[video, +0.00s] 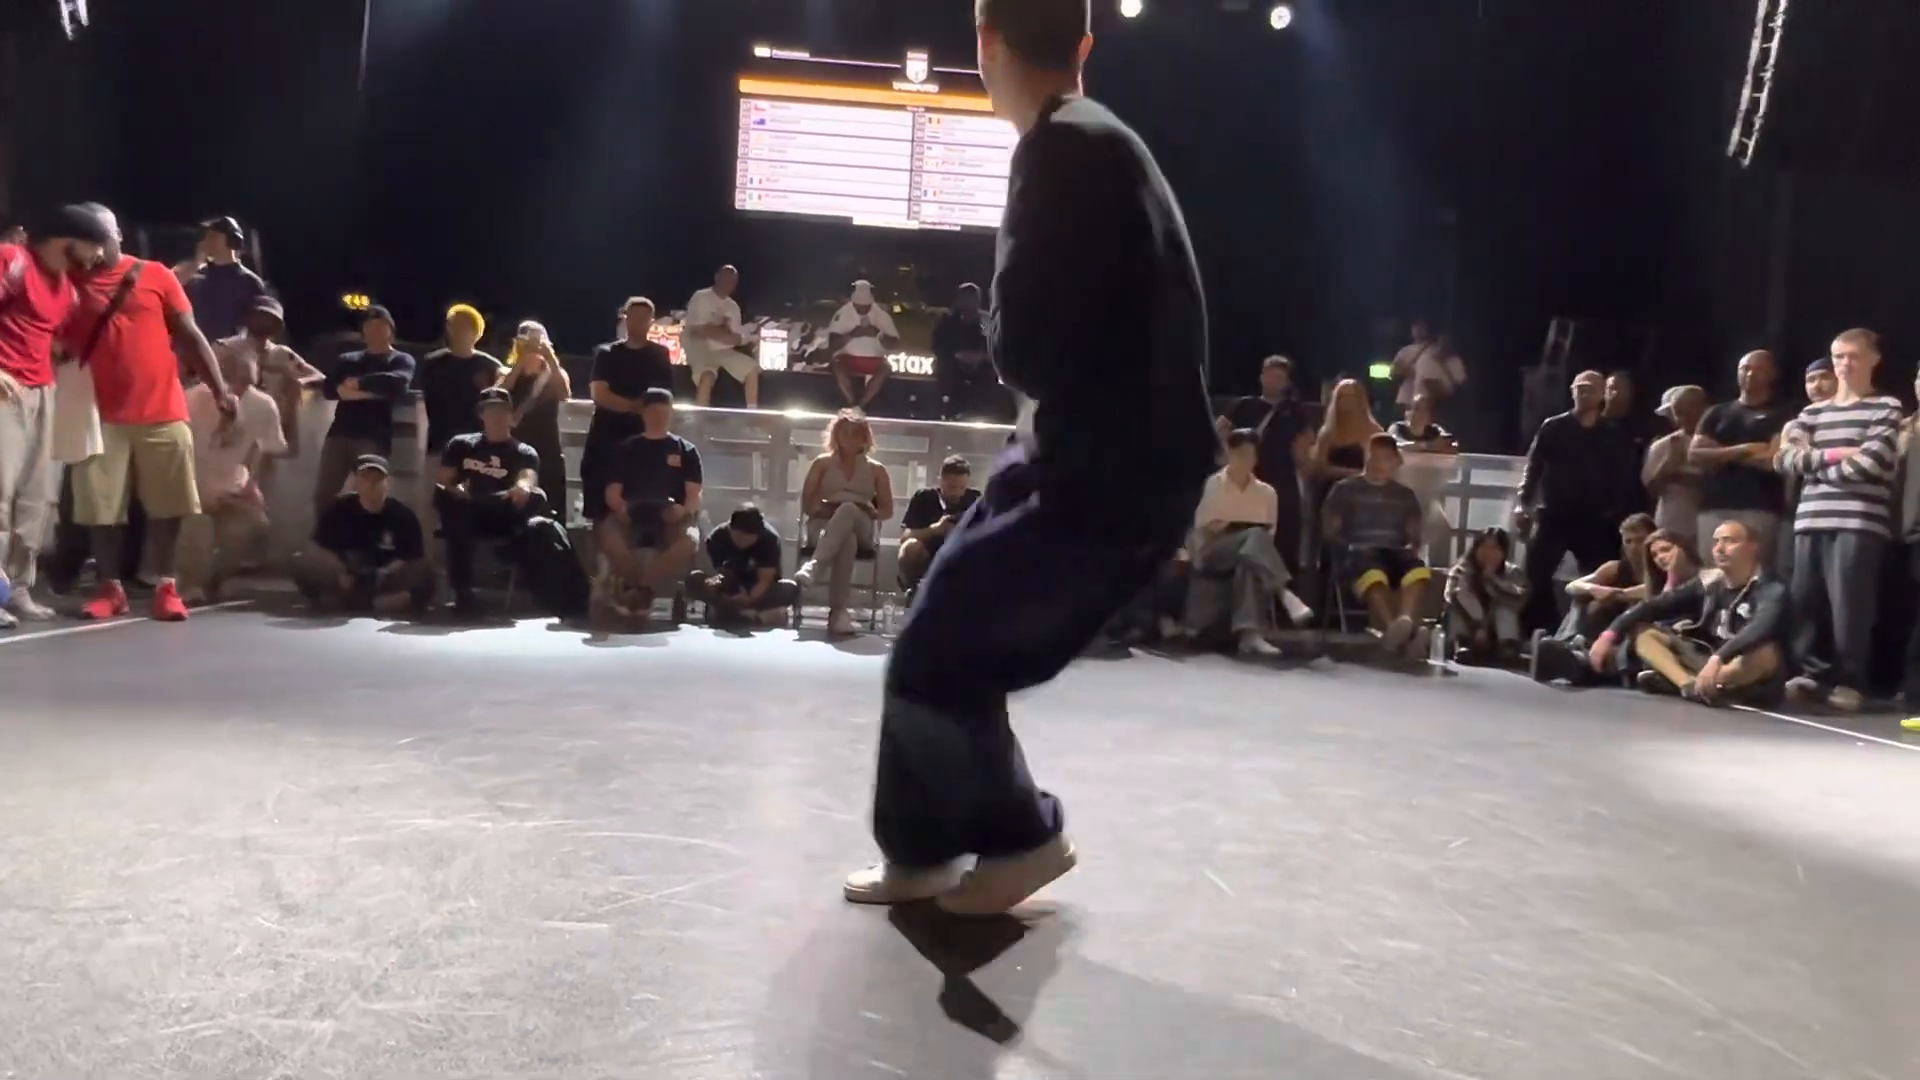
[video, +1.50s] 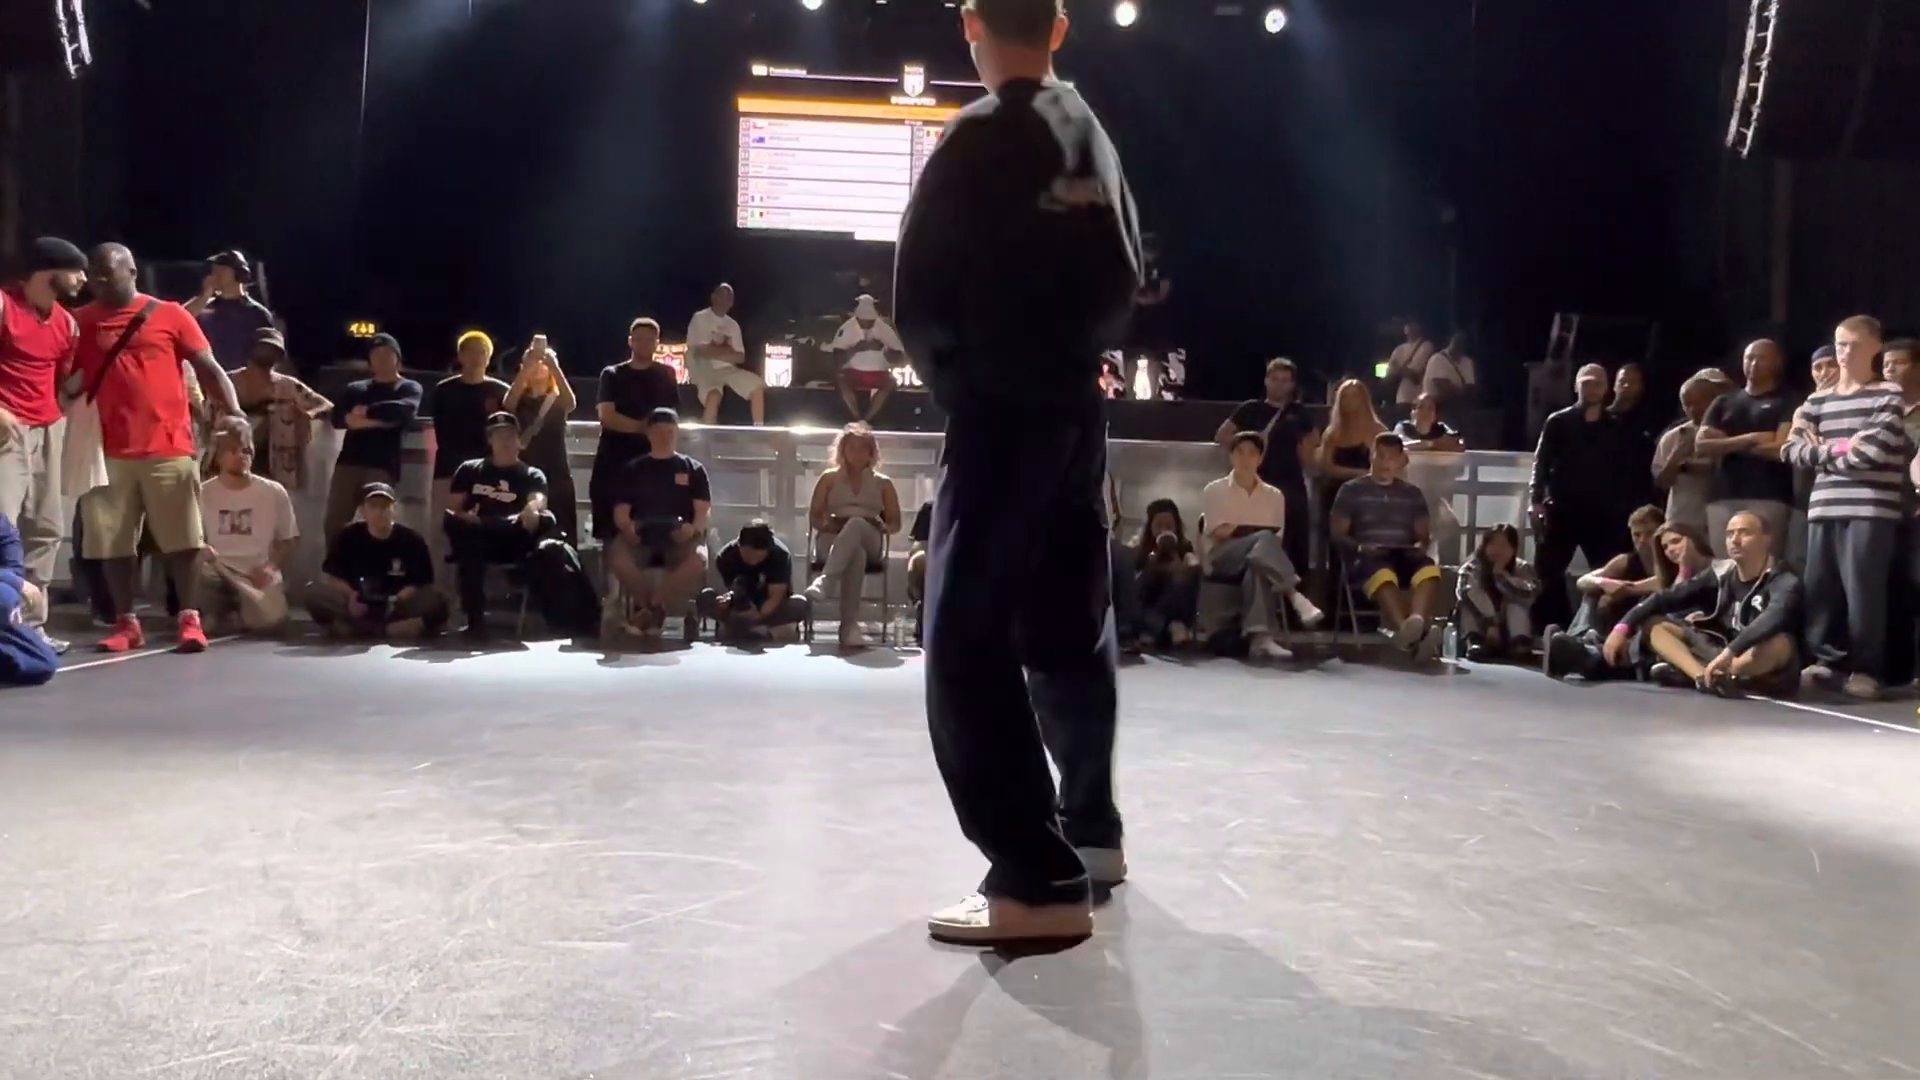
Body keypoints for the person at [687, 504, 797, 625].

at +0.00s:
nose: (742, 542)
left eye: (748, 539)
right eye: (739, 537)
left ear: (757, 534)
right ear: (731, 529)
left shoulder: (769, 539)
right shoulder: (715, 539)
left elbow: (765, 580)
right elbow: (723, 573)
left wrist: (749, 598)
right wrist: (716, 582)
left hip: (758, 584)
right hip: (731, 585)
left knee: (790, 588)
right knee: (694, 581)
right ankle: (756, 616)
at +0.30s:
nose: (739, 536)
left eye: (745, 533)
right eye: (735, 531)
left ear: (754, 528)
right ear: (728, 525)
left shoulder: (767, 535)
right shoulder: (713, 535)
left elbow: (764, 574)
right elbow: (719, 566)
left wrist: (748, 593)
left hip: (757, 578)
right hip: (731, 578)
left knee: (786, 584)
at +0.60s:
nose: (744, 548)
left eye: (750, 544)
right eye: (740, 543)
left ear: (759, 539)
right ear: (733, 536)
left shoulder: (772, 545)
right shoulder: (717, 547)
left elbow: (768, 585)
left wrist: (751, 604)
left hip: (761, 591)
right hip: (732, 592)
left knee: (791, 593)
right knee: (696, 588)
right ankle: (751, 621)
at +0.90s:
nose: (749, 558)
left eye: (755, 554)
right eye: (745, 553)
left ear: (763, 548)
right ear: (737, 545)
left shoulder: (775, 554)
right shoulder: (720, 556)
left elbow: (772, 594)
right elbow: (731, 590)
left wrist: (754, 613)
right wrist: (722, 599)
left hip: (766, 598)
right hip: (738, 600)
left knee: (796, 603)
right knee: (702, 598)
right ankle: (762, 630)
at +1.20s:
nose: (749, 560)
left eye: (755, 556)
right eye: (745, 555)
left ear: (764, 549)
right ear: (737, 546)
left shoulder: (777, 554)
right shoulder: (722, 557)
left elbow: (774, 595)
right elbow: (733, 590)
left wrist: (756, 614)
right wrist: (725, 598)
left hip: (767, 601)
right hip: (738, 603)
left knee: (798, 603)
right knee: (703, 598)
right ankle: (762, 630)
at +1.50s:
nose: (751, 558)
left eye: (756, 555)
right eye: (747, 553)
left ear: (766, 550)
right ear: (740, 546)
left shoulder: (780, 556)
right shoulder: (725, 558)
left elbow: (776, 596)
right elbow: (736, 589)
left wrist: (759, 615)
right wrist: (728, 598)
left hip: (769, 601)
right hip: (742, 604)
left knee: (801, 604)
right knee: (705, 598)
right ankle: (767, 633)